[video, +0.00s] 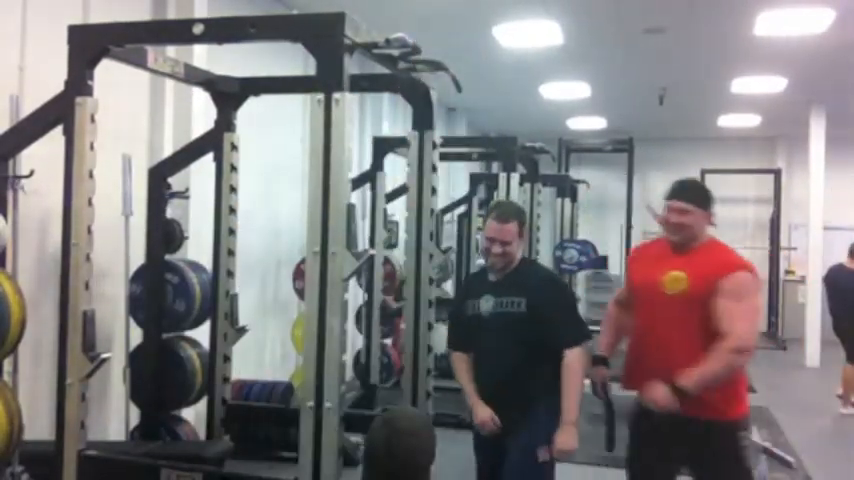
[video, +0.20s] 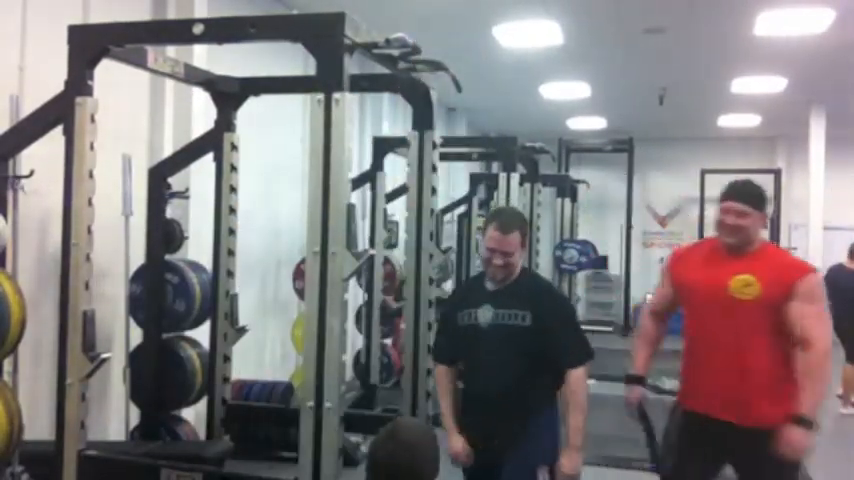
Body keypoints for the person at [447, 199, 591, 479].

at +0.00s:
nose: (496, 250)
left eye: (505, 244)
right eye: (489, 241)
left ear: (522, 239)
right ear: (482, 236)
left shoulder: (548, 286)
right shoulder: (471, 286)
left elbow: (574, 352)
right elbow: (458, 351)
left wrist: (569, 425)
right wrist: (475, 404)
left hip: (535, 420)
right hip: (488, 420)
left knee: (527, 473)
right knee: (490, 474)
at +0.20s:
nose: (497, 262)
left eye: (507, 255)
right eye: (491, 252)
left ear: (523, 249)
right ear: (482, 244)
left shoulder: (548, 300)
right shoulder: (462, 298)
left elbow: (576, 370)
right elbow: (444, 364)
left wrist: (574, 449)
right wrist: (451, 431)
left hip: (530, 435)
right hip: (476, 433)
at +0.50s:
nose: (475, 256)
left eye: (486, 248)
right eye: (468, 246)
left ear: (503, 243)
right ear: (458, 239)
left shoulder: (533, 296)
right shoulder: (437, 290)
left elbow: (556, 370)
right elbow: (412, 353)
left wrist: (538, 453)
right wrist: (402, 425)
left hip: (507, 443)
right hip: (443, 439)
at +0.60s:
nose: (455, 260)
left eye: (466, 252)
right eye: (449, 251)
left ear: (486, 246)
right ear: (440, 242)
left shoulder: (515, 298)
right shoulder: (421, 294)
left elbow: (542, 373)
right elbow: (399, 362)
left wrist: (524, 458)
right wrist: (391, 433)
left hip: (491, 453)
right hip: (427, 450)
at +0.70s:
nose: (431, 266)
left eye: (440, 257)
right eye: (423, 256)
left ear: (461, 251)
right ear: (414, 248)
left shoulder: (493, 301)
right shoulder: (396, 301)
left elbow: (518, 379)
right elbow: (377, 372)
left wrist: (498, 462)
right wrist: (378, 441)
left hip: (476, 459)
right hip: (411, 457)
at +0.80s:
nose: (403, 270)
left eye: (413, 261)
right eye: (394, 260)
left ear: (432, 247)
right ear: (384, 251)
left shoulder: (469, 298)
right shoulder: (370, 307)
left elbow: (497, 376)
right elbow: (350, 383)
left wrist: (468, 461)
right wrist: (356, 456)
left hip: (456, 457)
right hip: (391, 459)